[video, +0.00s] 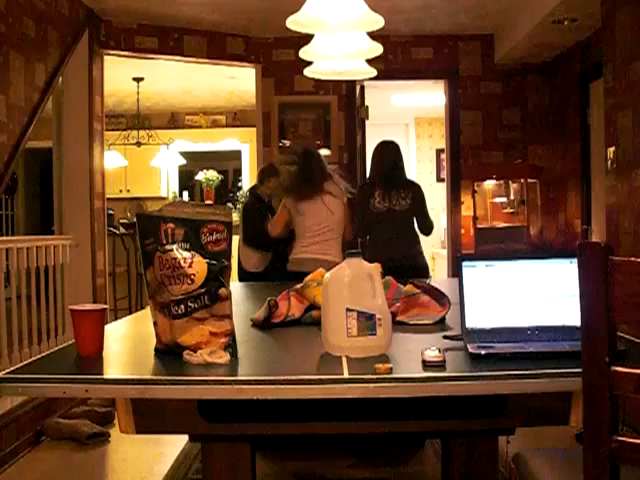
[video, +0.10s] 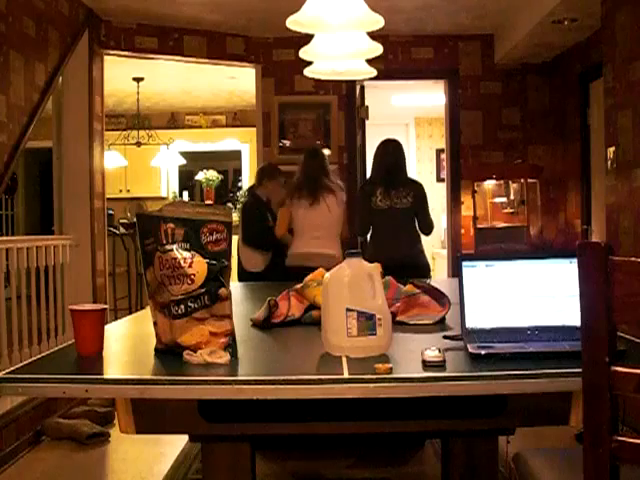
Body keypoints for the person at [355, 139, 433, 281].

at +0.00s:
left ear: (375, 161)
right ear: (400, 160)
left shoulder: (366, 190)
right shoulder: (412, 188)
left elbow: (361, 231)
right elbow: (426, 228)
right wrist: (414, 208)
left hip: (378, 261)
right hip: (410, 260)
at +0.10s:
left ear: (377, 159)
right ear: (402, 160)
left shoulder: (368, 189)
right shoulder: (415, 187)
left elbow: (362, 230)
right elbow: (427, 228)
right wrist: (414, 209)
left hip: (379, 258)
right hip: (412, 258)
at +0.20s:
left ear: (380, 160)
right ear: (406, 160)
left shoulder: (371, 189)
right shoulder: (419, 188)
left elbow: (365, 229)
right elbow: (430, 229)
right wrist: (418, 209)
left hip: (384, 256)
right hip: (414, 256)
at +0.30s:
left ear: (384, 160)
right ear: (409, 159)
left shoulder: (376, 190)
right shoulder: (423, 188)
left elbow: (369, 231)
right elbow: (434, 231)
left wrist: (365, 215)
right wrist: (421, 210)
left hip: (388, 257)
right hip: (418, 256)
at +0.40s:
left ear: (387, 160)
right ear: (413, 158)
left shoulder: (381, 188)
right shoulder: (427, 187)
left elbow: (376, 228)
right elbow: (438, 229)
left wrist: (369, 215)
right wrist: (423, 212)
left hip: (392, 260)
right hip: (424, 259)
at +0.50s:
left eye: (390, 158)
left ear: (391, 160)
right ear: (416, 158)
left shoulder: (386, 187)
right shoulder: (431, 186)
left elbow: (380, 228)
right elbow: (443, 228)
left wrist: (374, 214)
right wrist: (427, 211)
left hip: (398, 259)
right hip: (429, 258)